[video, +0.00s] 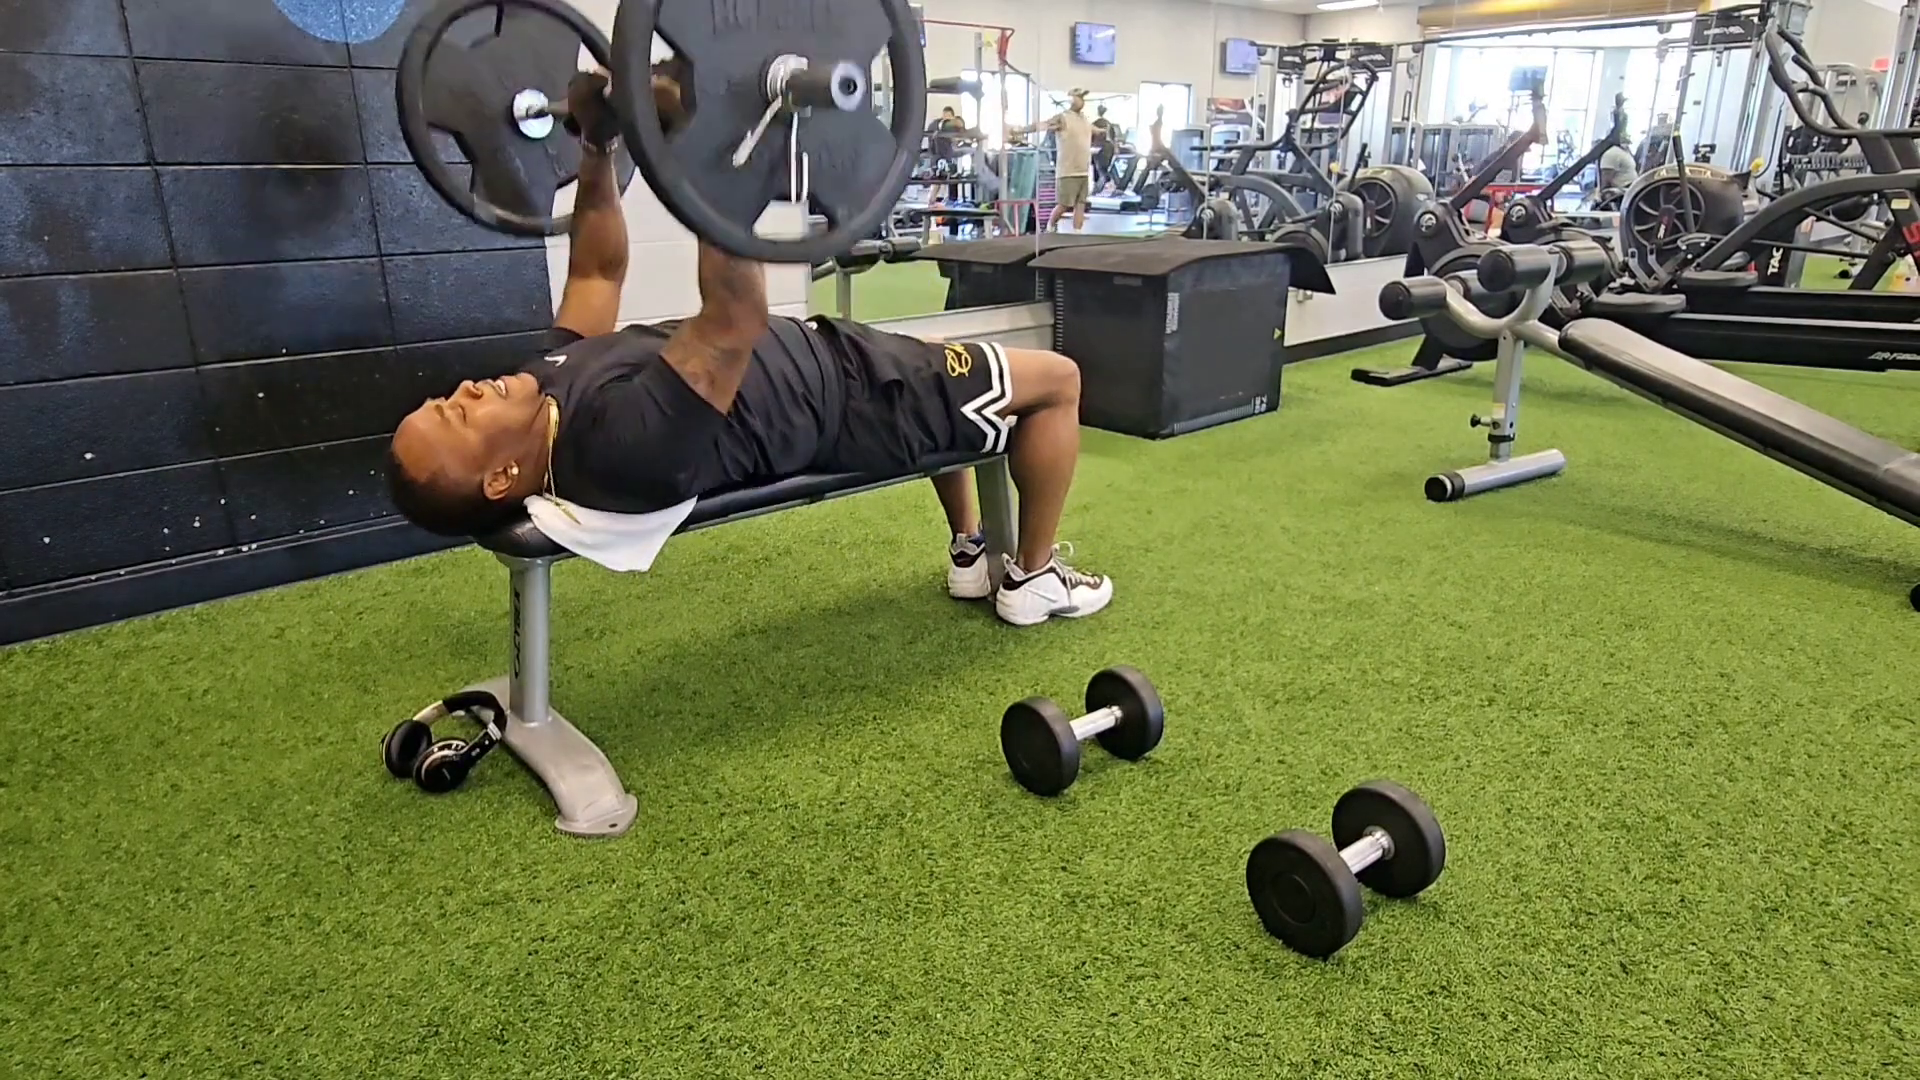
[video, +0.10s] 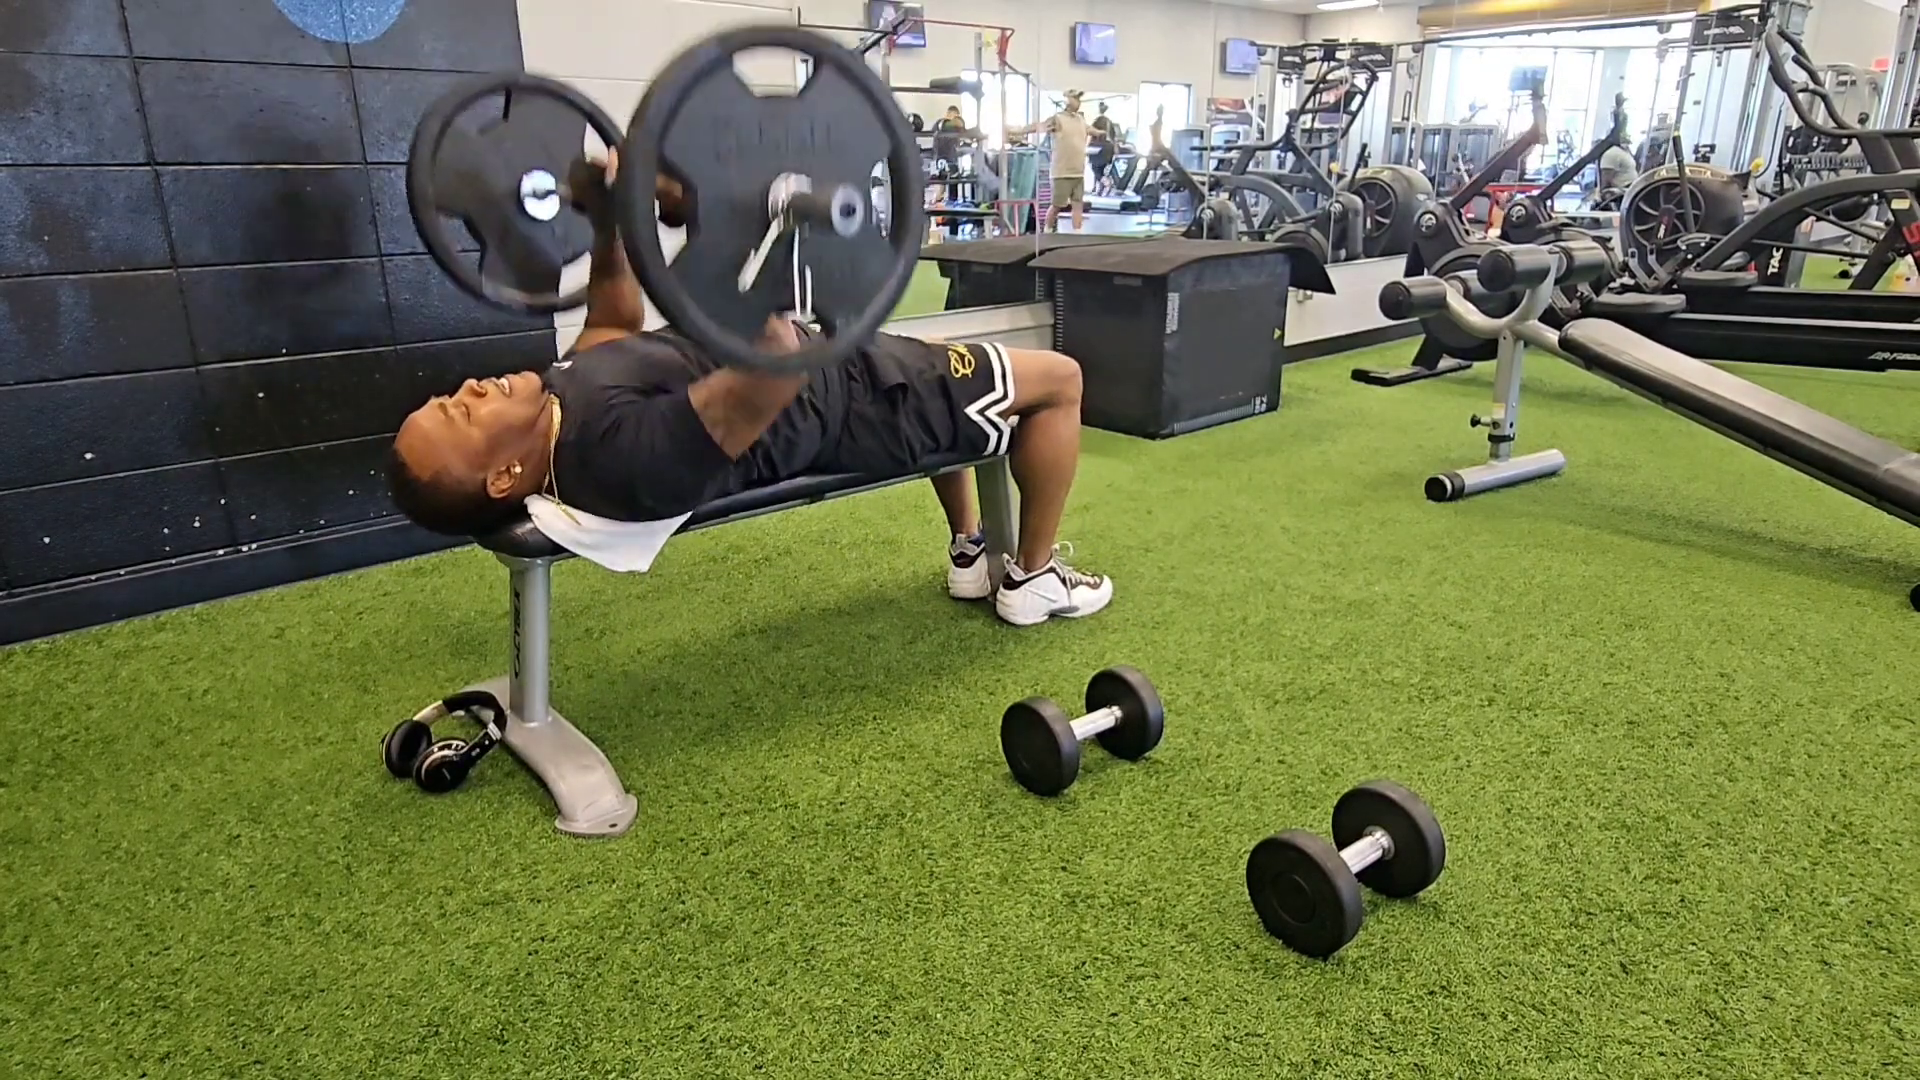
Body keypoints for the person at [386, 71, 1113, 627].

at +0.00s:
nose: (481, 382)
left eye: (453, 392)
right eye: (468, 408)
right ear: (506, 472)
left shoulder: (542, 382)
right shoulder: (619, 446)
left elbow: (596, 278)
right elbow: (733, 321)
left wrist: (596, 146)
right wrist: (700, 150)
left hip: (802, 346)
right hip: (842, 392)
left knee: (939, 368)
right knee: (1057, 380)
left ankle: (975, 548)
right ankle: (1034, 575)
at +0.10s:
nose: (482, 378)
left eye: (454, 389)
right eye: (465, 406)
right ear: (507, 478)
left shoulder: (554, 400)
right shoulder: (616, 459)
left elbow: (612, 321)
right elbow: (737, 406)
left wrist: (606, 221)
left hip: (793, 362)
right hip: (834, 405)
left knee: (926, 353)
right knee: (1060, 380)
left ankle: (972, 547)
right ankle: (1035, 573)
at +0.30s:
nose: (478, 376)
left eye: (455, 385)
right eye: (467, 404)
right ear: (509, 478)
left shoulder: (547, 400)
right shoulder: (629, 468)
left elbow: (656, 363)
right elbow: (780, 498)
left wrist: (620, 321)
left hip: (784, 380)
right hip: (853, 426)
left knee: (922, 347)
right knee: (1065, 377)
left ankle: (973, 546)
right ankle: (1034, 574)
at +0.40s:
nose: (479, 378)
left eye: (457, 387)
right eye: (468, 406)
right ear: (513, 475)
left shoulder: (550, 389)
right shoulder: (617, 465)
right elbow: (736, 493)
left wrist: (600, 327)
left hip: (785, 360)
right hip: (851, 414)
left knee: (924, 345)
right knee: (1066, 380)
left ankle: (972, 544)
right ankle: (1036, 572)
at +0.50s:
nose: (493, 379)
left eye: (472, 386)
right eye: (485, 403)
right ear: (517, 469)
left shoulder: (554, 400)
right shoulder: (615, 457)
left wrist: (553, 301)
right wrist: (576, 309)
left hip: (800, 349)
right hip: (856, 404)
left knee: (940, 343)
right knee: (1067, 379)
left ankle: (972, 543)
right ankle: (1036, 574)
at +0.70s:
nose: (416, 337)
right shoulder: (609, 443)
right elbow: (665, 326)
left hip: (777, 350)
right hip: (846, 388)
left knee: (926, 348)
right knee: (1056, 375)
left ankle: (972, 544)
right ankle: (1035, 570)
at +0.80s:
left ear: (501, 421)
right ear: (542, 441)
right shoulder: (627, 462)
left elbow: (445, 286)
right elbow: (577, 332)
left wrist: (360, 399)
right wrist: (452, 384)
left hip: (777, 340)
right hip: (845, 388)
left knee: (928, 362)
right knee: (1056, 372)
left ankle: (972, 540)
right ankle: (1035, 563)